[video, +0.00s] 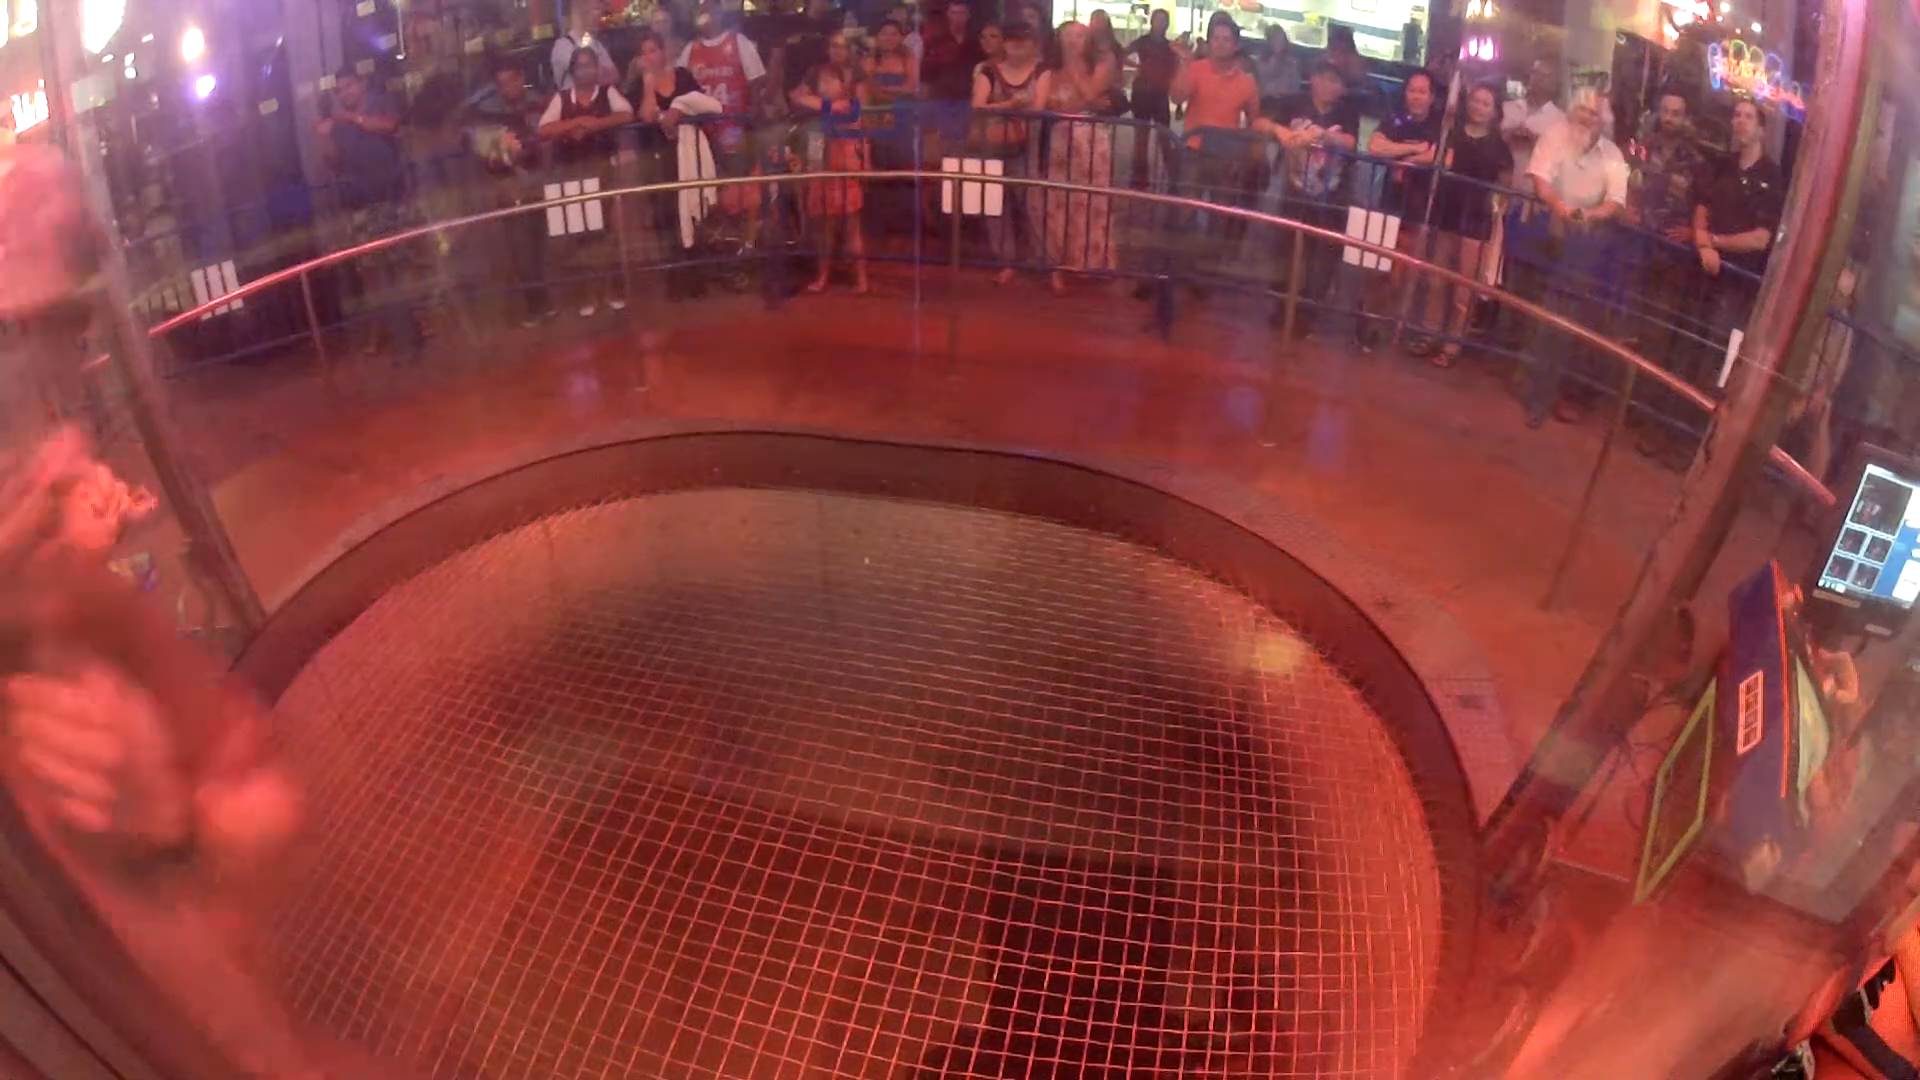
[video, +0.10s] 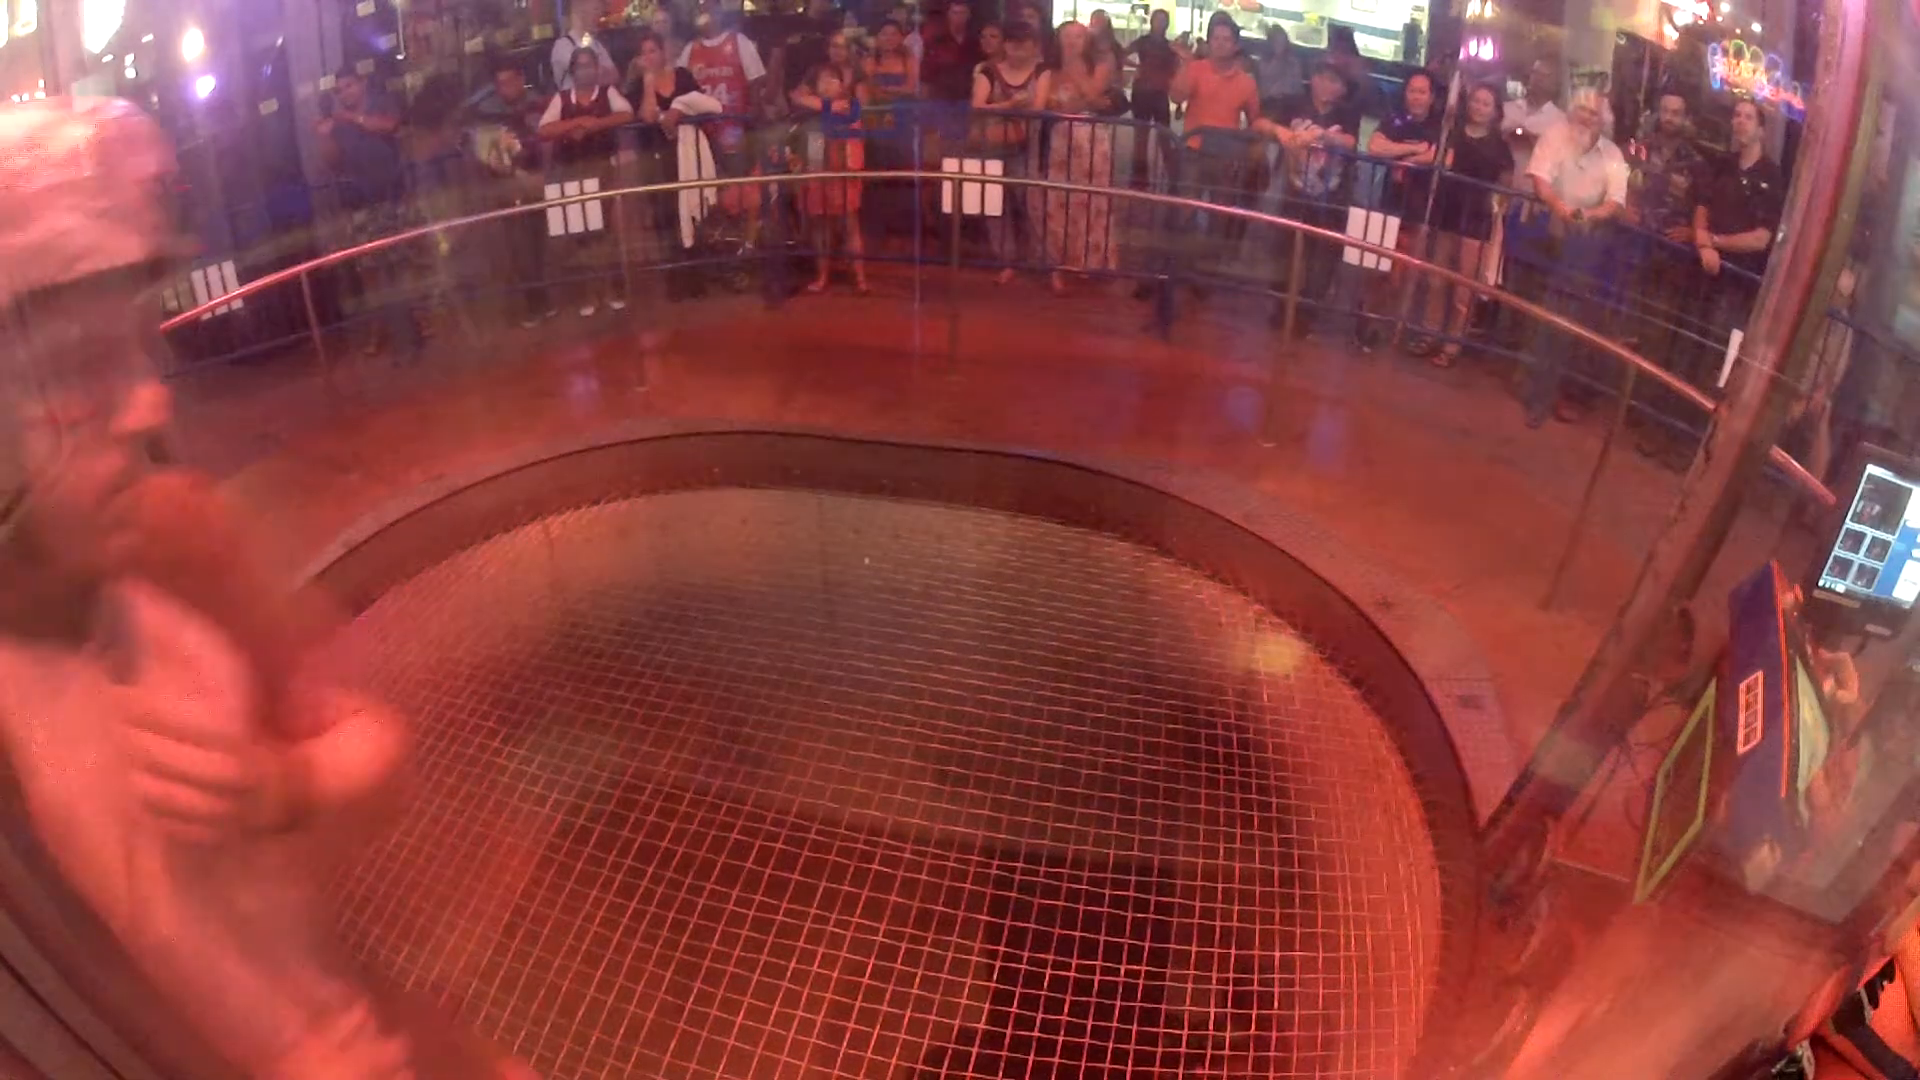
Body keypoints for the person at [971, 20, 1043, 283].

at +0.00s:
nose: (1016, 46)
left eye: (1022, 41)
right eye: (1012, 41)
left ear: (1034, 45)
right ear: (1004, 42)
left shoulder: (1041, 72)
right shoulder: (987, 71)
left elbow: (1038, 108)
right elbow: (977, 107)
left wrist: (1012, 107)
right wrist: (1011, 103)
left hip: (1027, 146)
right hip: (993, 147)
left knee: (1031, 203)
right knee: (994, 206)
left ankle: (1043, 261)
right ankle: (1005, 262)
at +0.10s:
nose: (1016, 48)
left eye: (1023, 43)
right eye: (1012, 42)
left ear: (1034, 45)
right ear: (1004, 43)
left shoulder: (1041, 72)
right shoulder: (987, 71)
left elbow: (1038, 108)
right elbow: (977, 107)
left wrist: (1007, 108)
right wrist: (1010, 104)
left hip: (1026, 146)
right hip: (992, 147)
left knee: (1032, 203)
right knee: (994, 205)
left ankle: (1048, 263)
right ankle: (1005, 262)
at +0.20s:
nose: (1016, 50)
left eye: (1022, 44)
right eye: (1012, 44)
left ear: (1033, 47)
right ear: (1004, 45)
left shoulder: (1041, 72)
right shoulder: (986, 71)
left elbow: (1037, 107)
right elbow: (976, 107)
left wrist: (1009, 107)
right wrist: (1010, 104)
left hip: (1026, 147)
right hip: (992, 148)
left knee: (1031, 203)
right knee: (994, 205)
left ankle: (1045, 262)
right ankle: (1005, 262)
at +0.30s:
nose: (1017, 51)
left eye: (1023, 45)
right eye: (1013, 45)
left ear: (1034, 48)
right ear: (1004, 46)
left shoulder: (1041, 73)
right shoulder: (986, 71)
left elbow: (1037, 107)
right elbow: (976, 107)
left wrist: (1012, 107)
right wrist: (1009, 104)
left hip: (1026, 147)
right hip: (992, 147)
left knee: (1030, 203)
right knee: (994, 205)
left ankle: (1042, 260)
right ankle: (1005, 261)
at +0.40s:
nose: (1017, 51)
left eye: (1023, 45)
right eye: (1013, 45)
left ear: (1033, 48)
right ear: (1004, 46)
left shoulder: (1041, 73)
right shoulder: (987, 71)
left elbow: (1037, 107)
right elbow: (976, 107)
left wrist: (1012, 107)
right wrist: (1009, 104)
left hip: (1026, 146)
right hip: (993, 146)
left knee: (1030, 202)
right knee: (994, 205)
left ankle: (1042, 260)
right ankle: (1005, 261)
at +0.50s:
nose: (1015, 52)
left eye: (1021, 46)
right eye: (1011, 46)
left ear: (1033, 48)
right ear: (1003, 47)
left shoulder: (1041, 73)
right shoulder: (987, 71)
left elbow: (1037, 107)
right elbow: (976, 107)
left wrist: (1010, 107)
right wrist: (1009, 104)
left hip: (1026, 147)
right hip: (993, 147)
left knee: (1030, 204)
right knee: (995, 206)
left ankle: (1041, 260)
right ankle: (1005, 262)